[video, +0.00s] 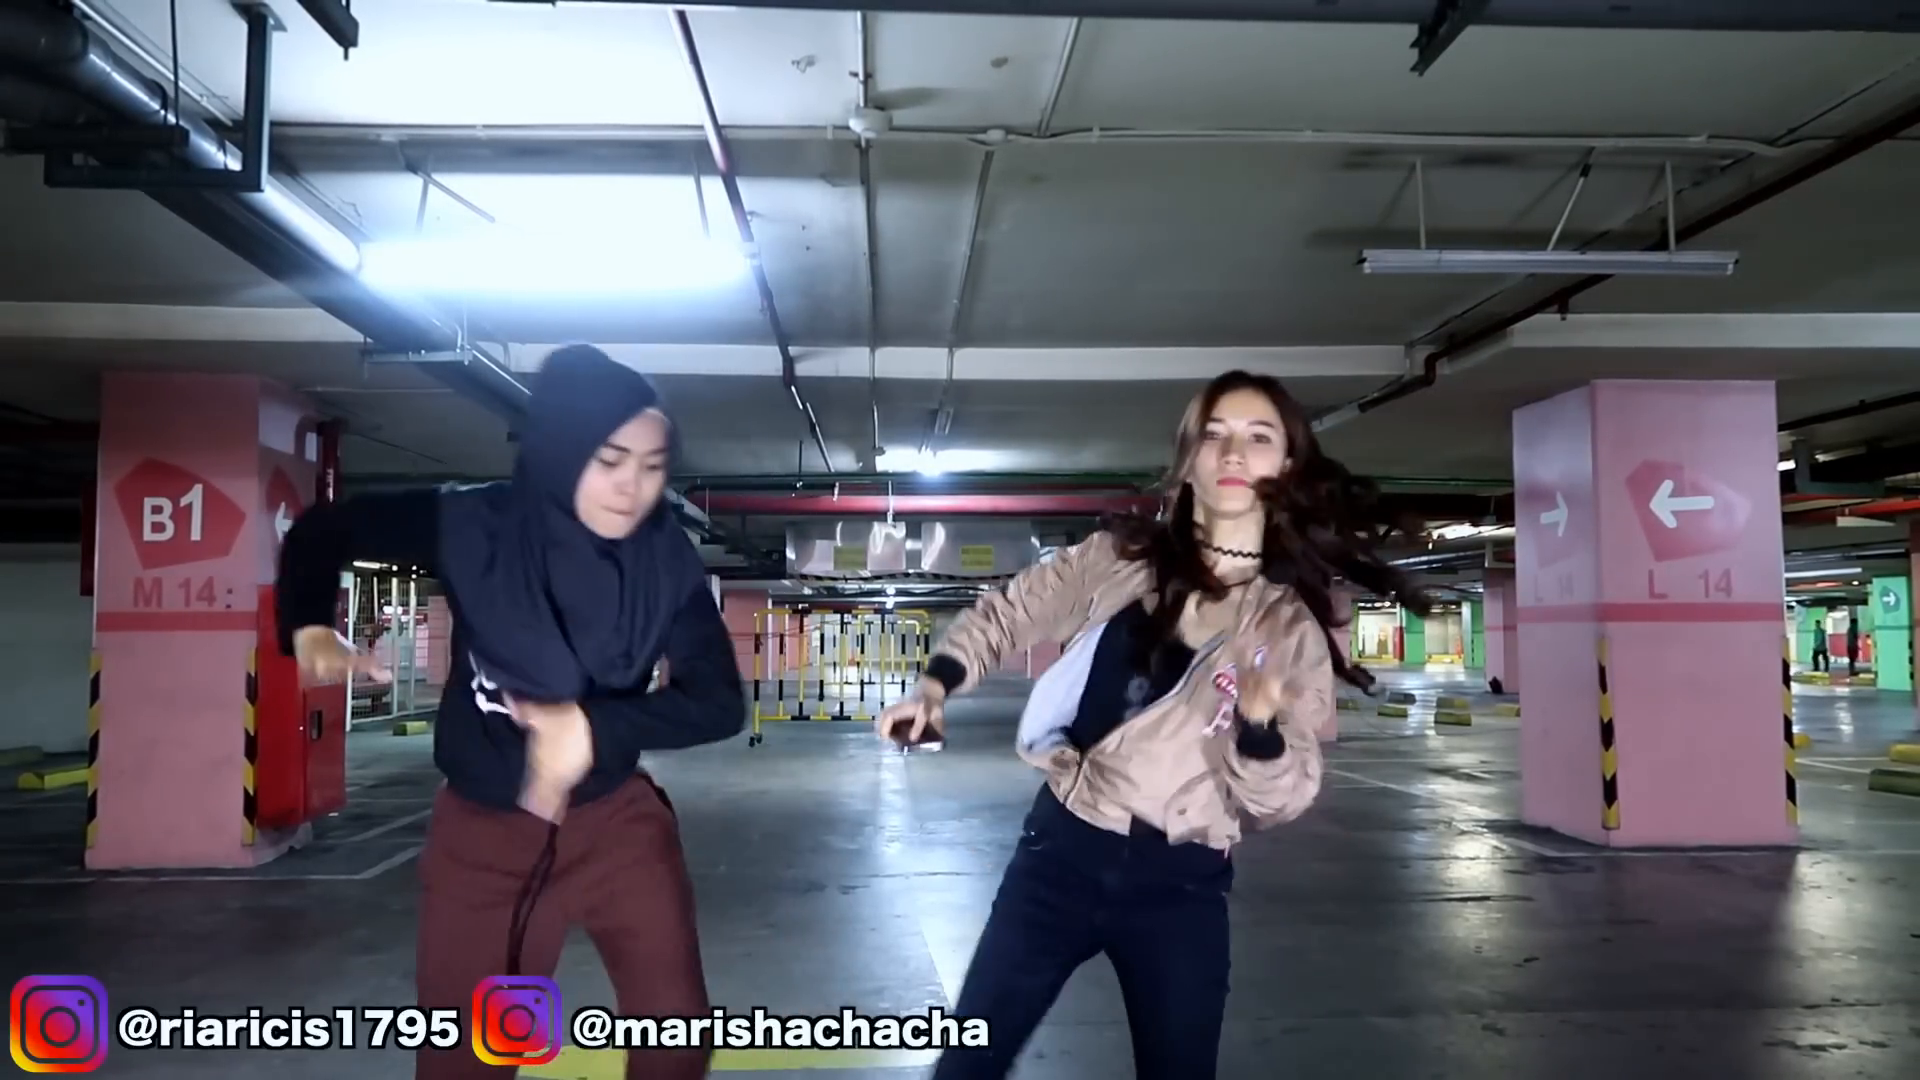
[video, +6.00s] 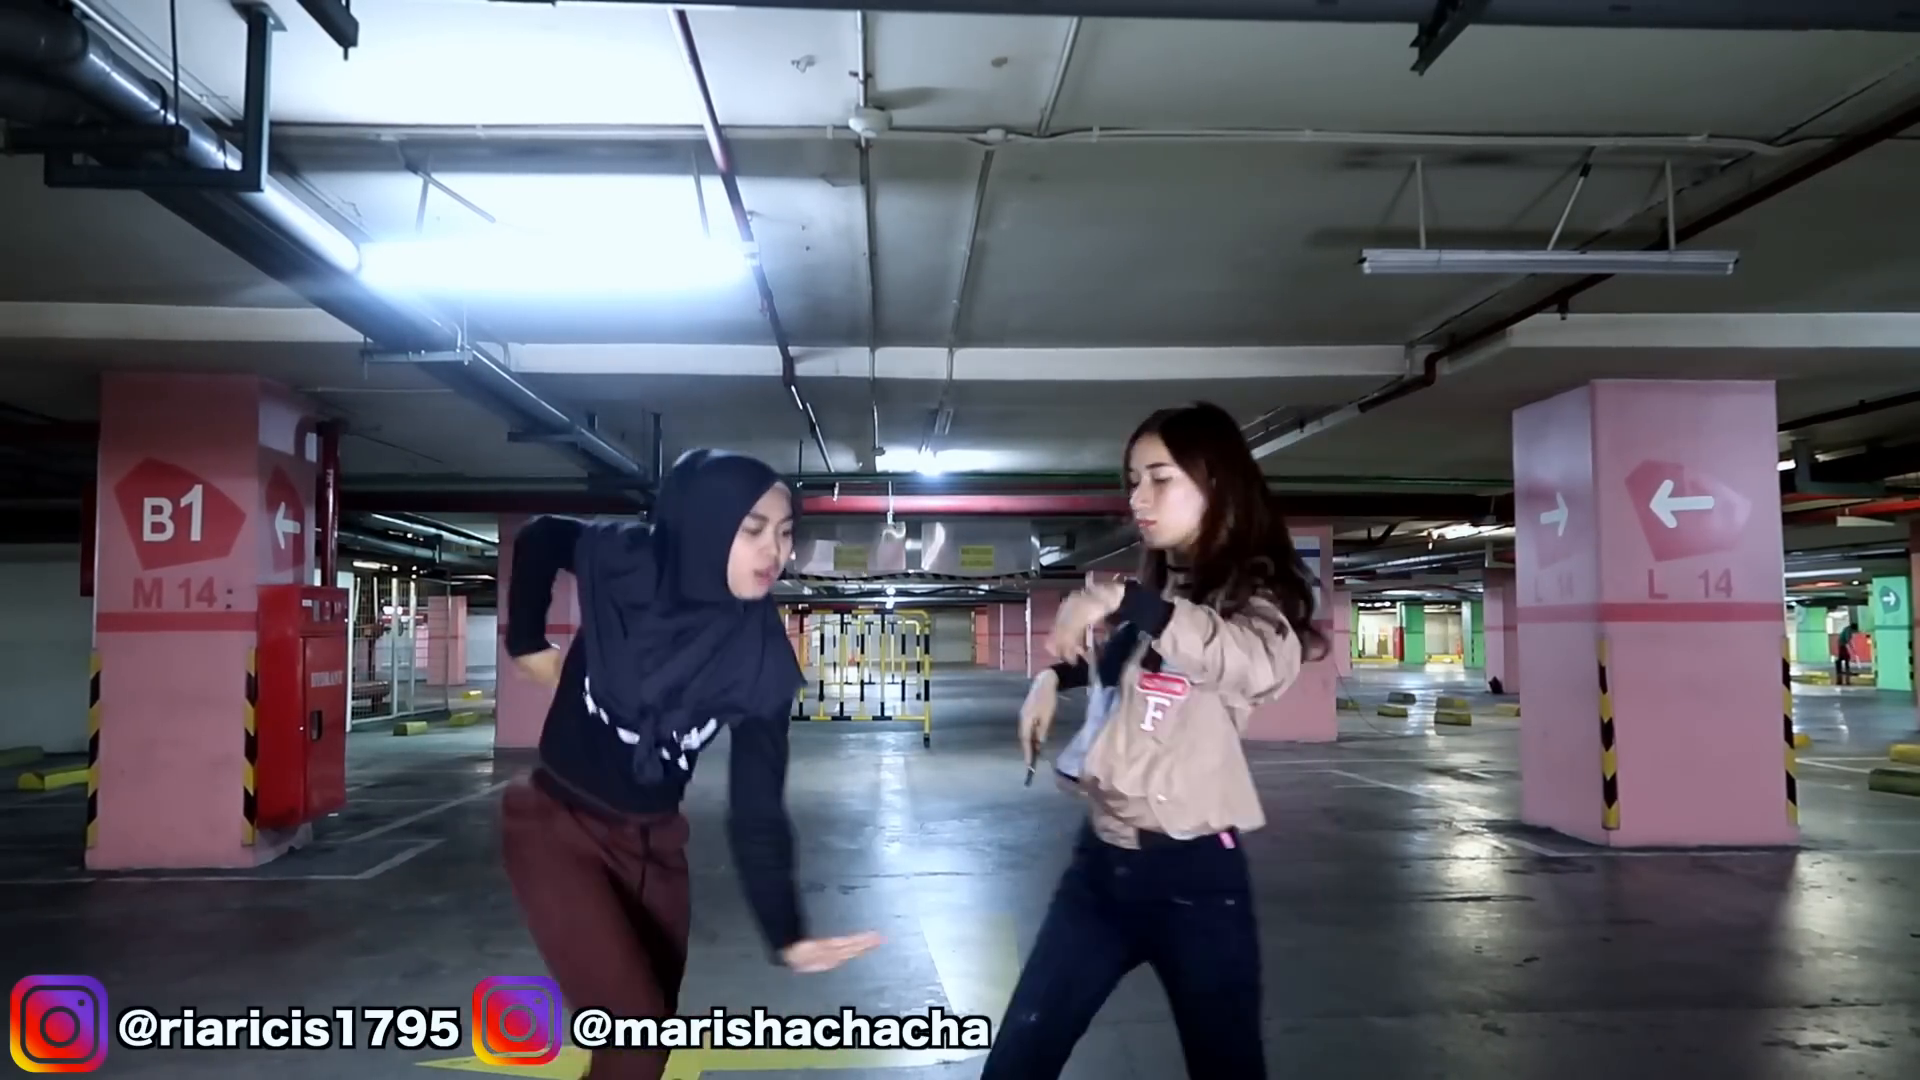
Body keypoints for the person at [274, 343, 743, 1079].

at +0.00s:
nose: (634, 487)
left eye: (654, 465)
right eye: (611, 460)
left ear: (669, 466)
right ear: (555, 452)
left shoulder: (666, 558)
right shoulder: (472, 525)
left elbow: (721, 703)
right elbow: (320, 531)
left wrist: (597, 728)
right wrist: (309, 624)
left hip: (620, 829)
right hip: (483, 834)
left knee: (679, 1045)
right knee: (456, 1060)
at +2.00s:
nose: (726, 495)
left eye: (745, 469)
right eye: (698, 470)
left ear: (762, 471)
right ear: (651, 473)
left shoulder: (774, 573)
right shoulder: (583, 561)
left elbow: (824, 733)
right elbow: (538, 697)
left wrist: (851, 628)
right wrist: (497, 823)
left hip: (712, 844)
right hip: (580, 834)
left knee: (740, 1061)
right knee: (569, 1060)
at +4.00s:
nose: (575, 555)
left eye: (600, 532)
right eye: (556, 530)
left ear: (632, 542)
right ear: (532, 539)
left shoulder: (677, 634)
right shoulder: (491, 627)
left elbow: (740, 740)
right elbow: (331, 711)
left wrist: (646, 847)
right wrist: (328, 857)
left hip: (622, 890)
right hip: (494, 885)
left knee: (733, 1063)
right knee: (451, 1061)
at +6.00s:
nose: (777, 552)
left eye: (785, 532)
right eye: (756, 529)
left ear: (791, 537)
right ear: (704, 527)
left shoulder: (762, 659)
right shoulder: (624, 555)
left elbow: (757, 810)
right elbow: (541, 537)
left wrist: (787, 937)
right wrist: (526, 643)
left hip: (655, 845)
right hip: (555, 822)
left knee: (641, 1040)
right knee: (636, 1035)